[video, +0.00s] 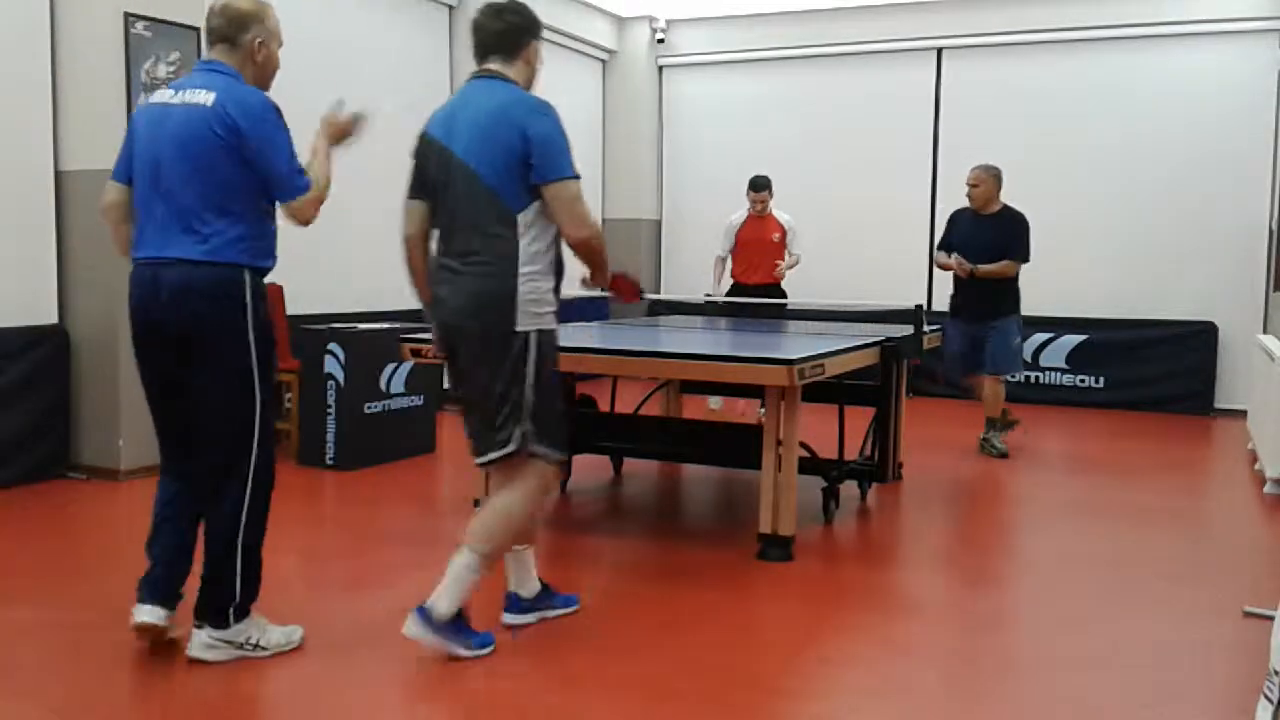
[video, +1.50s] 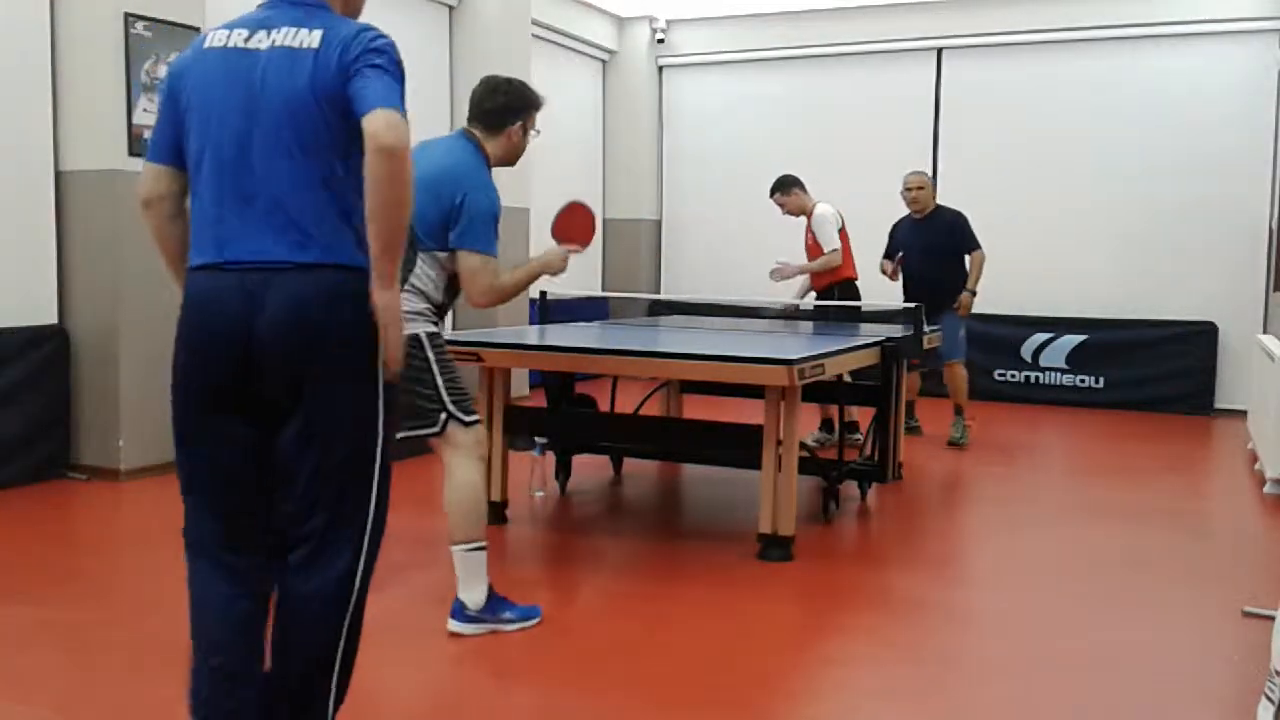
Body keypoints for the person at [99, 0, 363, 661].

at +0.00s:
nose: (277, 64)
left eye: (278, 52)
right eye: (277, 52)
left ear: (213, 44)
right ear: (258, 47)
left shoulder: (154, 103)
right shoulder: (252, 108)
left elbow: (115, 203)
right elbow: (303, 207)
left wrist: (148, 266)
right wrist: (325, 142)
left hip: (154, 291)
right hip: (225, 293)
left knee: (183, 453)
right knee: (243, 456)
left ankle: (156, 597)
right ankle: (224, 621)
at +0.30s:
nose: (257, 65)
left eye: (255, 54)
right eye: (257, 54)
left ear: (186, 42)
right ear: (243, 52)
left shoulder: (116, 103)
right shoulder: (244, 100)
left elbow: (72, 218)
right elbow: (304, 186)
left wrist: (88, 313)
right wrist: (259, 106)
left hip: (130, 307)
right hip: (221, 306)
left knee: (133, 493)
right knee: (235, 474)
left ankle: (128, 692)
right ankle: (225, 624)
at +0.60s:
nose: (230, 35)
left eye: (225, 27)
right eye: (228, 27)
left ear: (147, 25)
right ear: (214, 25)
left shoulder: (84, 88)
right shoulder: (227, 75)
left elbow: (34, 203)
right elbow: (285, 183)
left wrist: (23, 319)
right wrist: (236, 116)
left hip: (106, 303)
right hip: (209, 301)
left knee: (115, 495)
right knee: (241, 490)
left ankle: (129, 694)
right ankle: (241, 669)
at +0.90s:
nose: (249, 22)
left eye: (244, 15)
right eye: (247, 14)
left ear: (163, 13)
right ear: (232, 13)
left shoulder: (101, 85)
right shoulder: (252, 74)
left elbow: (48, 205)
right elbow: (327, 189)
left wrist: (37, 323)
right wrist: (261, 133)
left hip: (129, 310)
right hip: (232, 309)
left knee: (130, 500)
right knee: (266, 507)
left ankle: (128, 693)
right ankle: (288, 702)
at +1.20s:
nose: (325, 13)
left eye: (323, 5)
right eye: (323, 5)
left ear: (245, 5)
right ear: (304, 4)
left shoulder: (168, 76)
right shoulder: (325, 60)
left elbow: (130, 211)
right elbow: (386, 164)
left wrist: (140, 334)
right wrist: (340, 169)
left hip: (196, 310)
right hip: (303, 309)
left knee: (176, 522)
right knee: (309, 533)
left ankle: (138, 697)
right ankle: (294, 707)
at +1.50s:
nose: (362, 11)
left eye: (361, 5)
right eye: (362, 4)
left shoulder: (196, 54)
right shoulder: (358, 41)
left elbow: (158, 193)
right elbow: (387, 141)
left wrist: (202, 291)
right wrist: (386, 287)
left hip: (215, 305)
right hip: (323, 302)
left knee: (221, 541)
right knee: (330, 538)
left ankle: (224, 708)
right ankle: (301, 709)